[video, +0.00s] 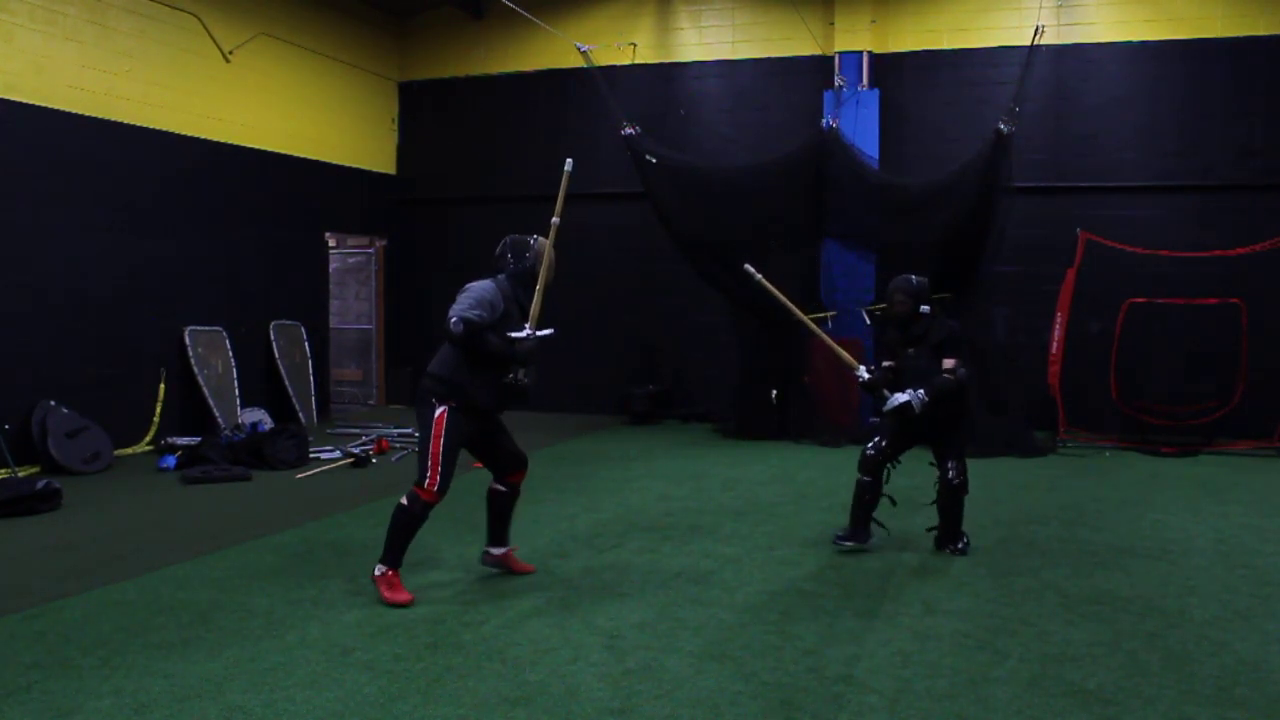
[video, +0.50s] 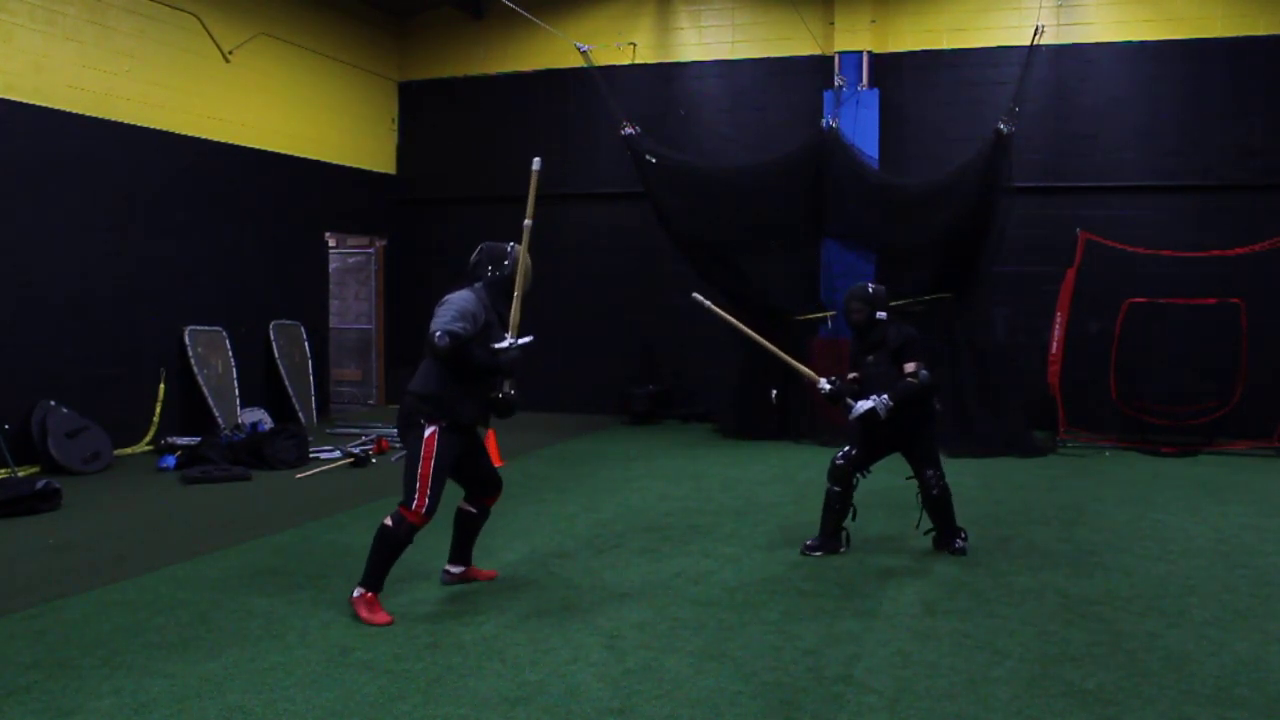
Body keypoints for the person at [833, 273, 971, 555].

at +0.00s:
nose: (893, 306)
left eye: (899, 300)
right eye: (892, 300)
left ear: (916, 302)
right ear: (893, 302)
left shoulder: (942, 329)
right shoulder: (891, 330)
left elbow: (951, 376)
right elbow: (890, 376)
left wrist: (919, 396)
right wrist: (872, 379)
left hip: (942, 414)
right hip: (904, 413)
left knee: (953, 476)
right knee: (871, 459)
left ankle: (949, 537)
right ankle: (858, 530)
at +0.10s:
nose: (892, 310)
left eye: (898, 304)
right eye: (889, 304)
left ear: (914, 305)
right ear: (887, 304)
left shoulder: (940, 331)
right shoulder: (890, 332)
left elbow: (951, 378)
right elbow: (888, 378)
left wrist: (921, 398)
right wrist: (872, 383)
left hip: (942, 416)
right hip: (906, 415)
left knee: (952, 480)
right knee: (873, 466)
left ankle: (950, 537)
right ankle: (839, 527)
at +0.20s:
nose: (882, 312)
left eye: (889, 306)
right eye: (881, 306)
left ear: (905, 307)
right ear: (880, 308)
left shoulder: (931, 335)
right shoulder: (885, 337)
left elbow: (946, 379)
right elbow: (885, 382)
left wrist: (917, 400)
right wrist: (867, 386)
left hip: (938, 420)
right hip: (903, 420)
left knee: (950, 482)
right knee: (871, 469)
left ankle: (949, 537)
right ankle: (838, 532)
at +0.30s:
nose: (871, 315)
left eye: (877, 309)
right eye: (870, 309)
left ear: (895, 310)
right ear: (870, 311)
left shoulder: (921, 337)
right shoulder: (880, 341)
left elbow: (936, 380)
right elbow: (876, 389)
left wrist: (906, 402)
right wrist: (857, 391)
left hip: (931, 422)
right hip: (896, 423)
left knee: (946, 482)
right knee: (861, 469)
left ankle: (949, 537)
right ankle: (833, 535)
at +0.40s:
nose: (864, 318)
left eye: (869, 311)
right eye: (861, 312)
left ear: (886, 311)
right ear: (860, 312)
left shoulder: (911, 337)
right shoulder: (871, 342)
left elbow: (927, 380)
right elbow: (867, 387)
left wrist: (896, 403)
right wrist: (847, 391)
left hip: (922, 424)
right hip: (888, 426)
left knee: (939, 481)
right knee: (851, 467)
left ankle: (949, 537)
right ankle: (830, 537)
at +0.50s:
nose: (853, 317)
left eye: (859, 311)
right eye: (850, 311)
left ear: (875, 311)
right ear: (849, 312)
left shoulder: (900, 336)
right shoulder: (860, 342)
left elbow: (916, 379)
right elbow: (860, 386)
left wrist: (883, 402)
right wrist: (838, 389)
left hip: (913, 423)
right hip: (879, 424)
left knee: (932, 481)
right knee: (842, 467)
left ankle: (949, 536)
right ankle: (830, 537)